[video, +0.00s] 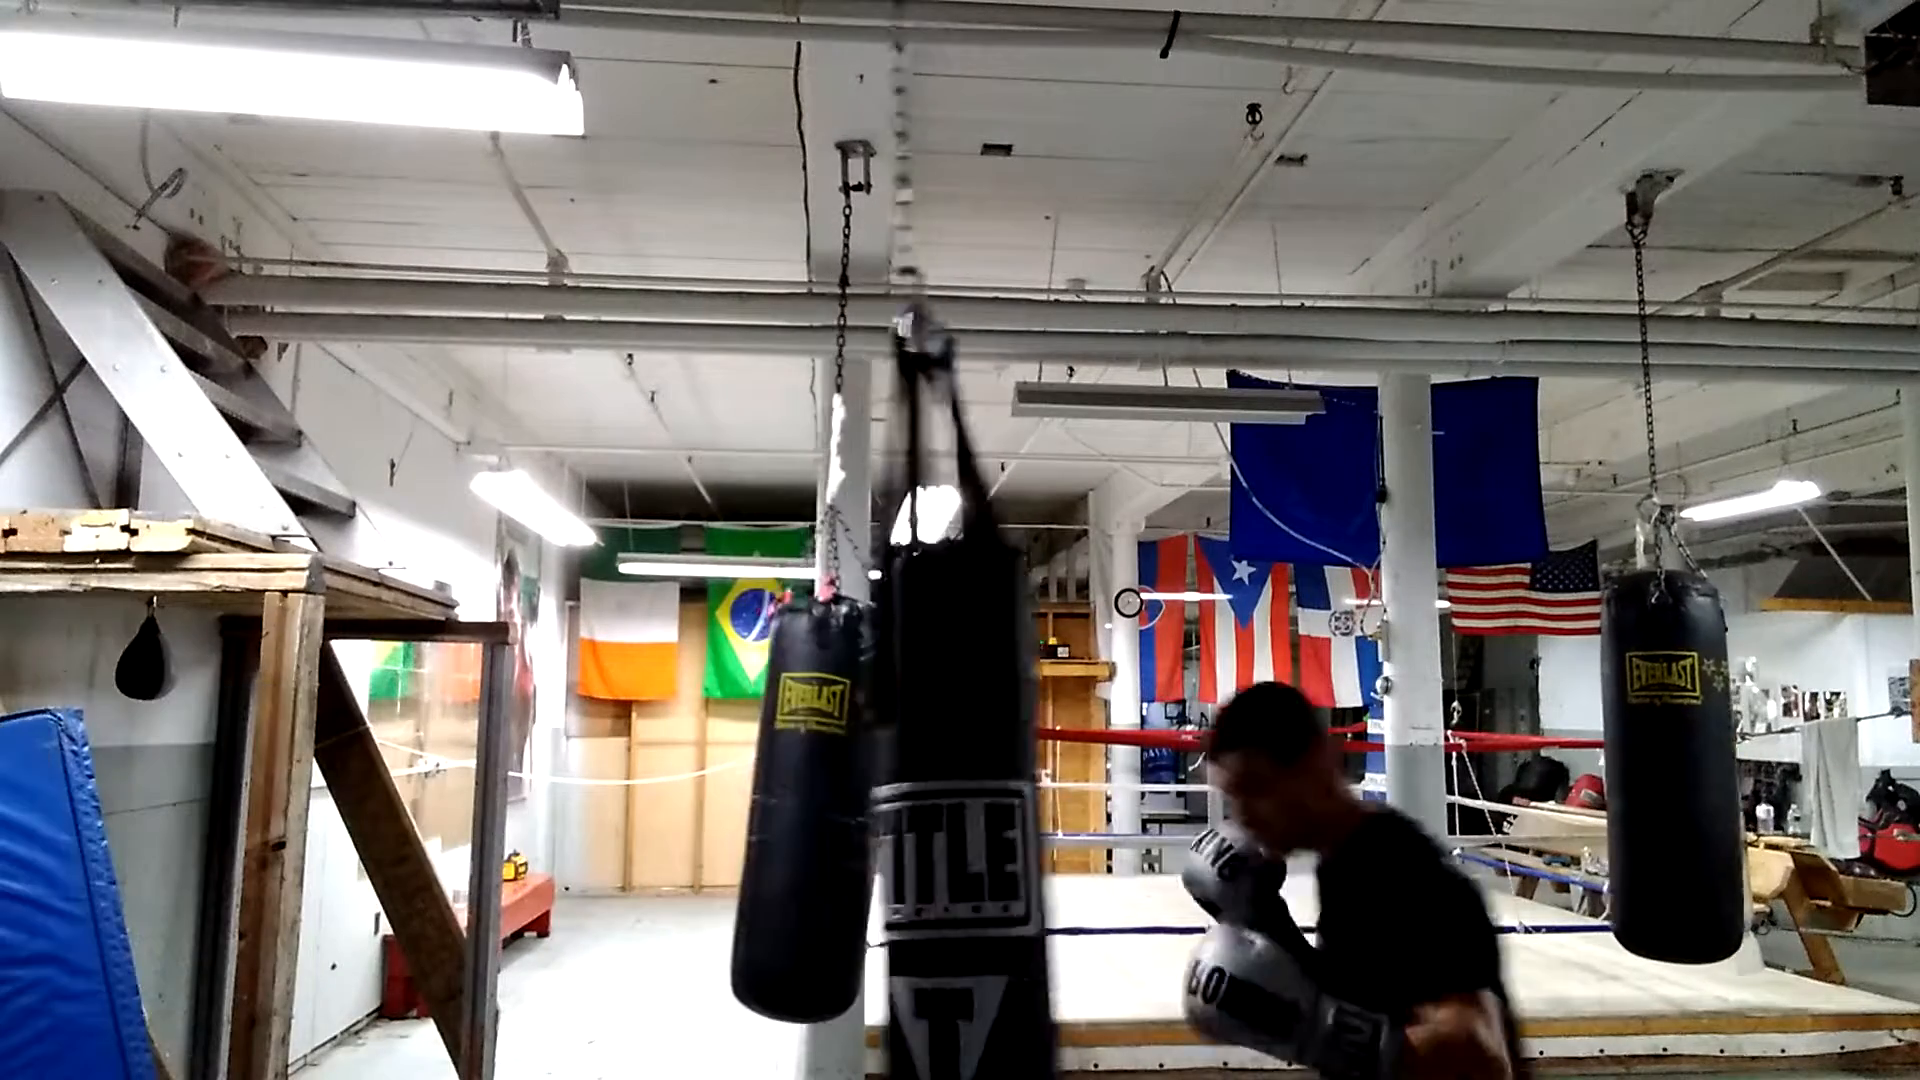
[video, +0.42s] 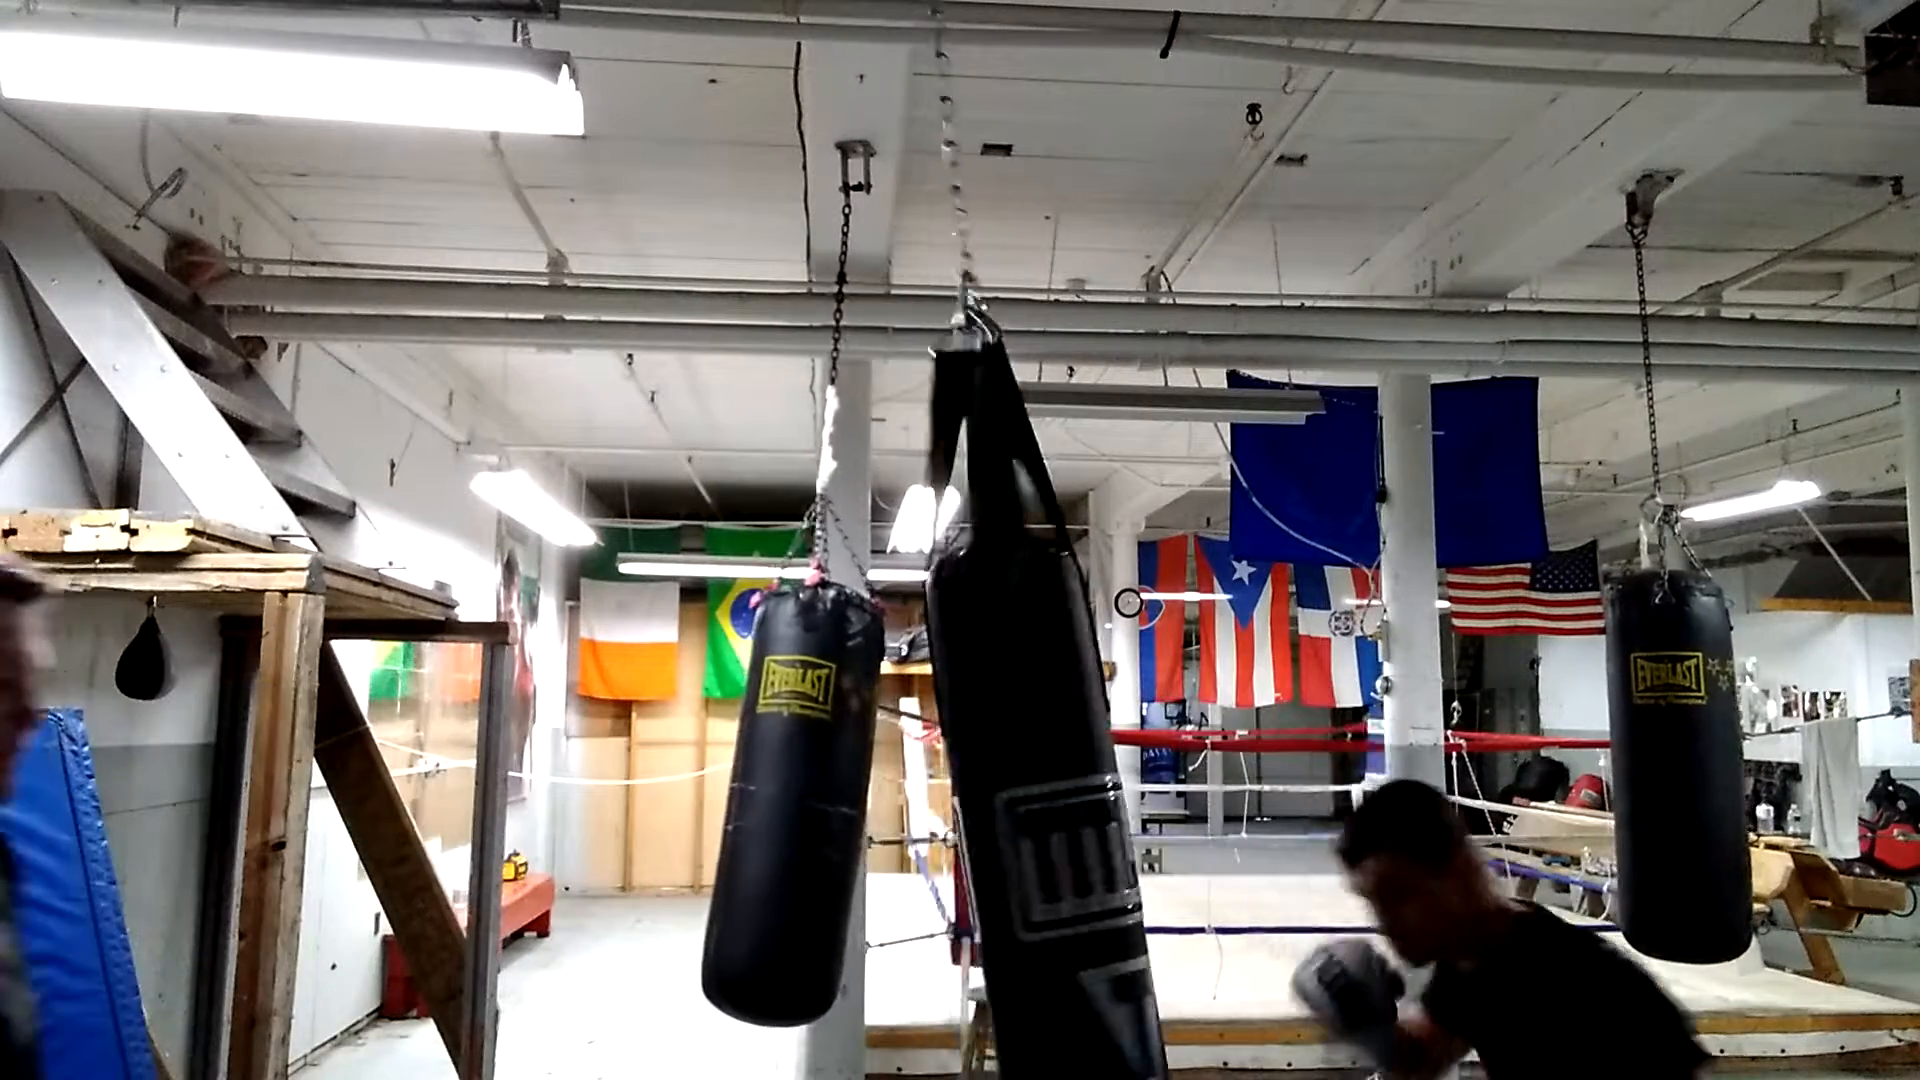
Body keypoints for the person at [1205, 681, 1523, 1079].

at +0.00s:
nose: (1239, 816)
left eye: (1252, 790)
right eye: (1229, 796)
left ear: (1317, 764)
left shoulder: (1397, 862)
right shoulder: (1347, 862)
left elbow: (1478, 1048)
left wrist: (1319, 1027)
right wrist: (1262, 914)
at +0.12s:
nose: (1297, 828)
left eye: (1314, 801)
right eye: (1284, 805)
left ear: (1377, 774)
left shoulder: (1477, 881)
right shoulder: (1361, 871)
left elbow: (1551, 1052)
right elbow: (1334, 1021)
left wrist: (1410, 993)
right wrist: (1280, 908)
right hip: (1425, 1069)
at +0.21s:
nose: (1344, 852)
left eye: (1359, 826)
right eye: (1331, 831)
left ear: (1417, 791)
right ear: (1317, 821)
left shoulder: (1531, 898)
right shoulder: (1393, 894)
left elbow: (1616, 1064)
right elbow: (1339, 1035)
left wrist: (1491, 1022)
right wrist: (1299, 923)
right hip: (1423, 1069)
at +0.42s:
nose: (1381, 921)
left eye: (1392, 896)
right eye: (1373, 902)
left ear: (1453, 873)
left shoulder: (1576, 969)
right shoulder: (1473, 960)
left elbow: (1689, 1074)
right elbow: (1422, 1056)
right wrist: (1371, 1025)